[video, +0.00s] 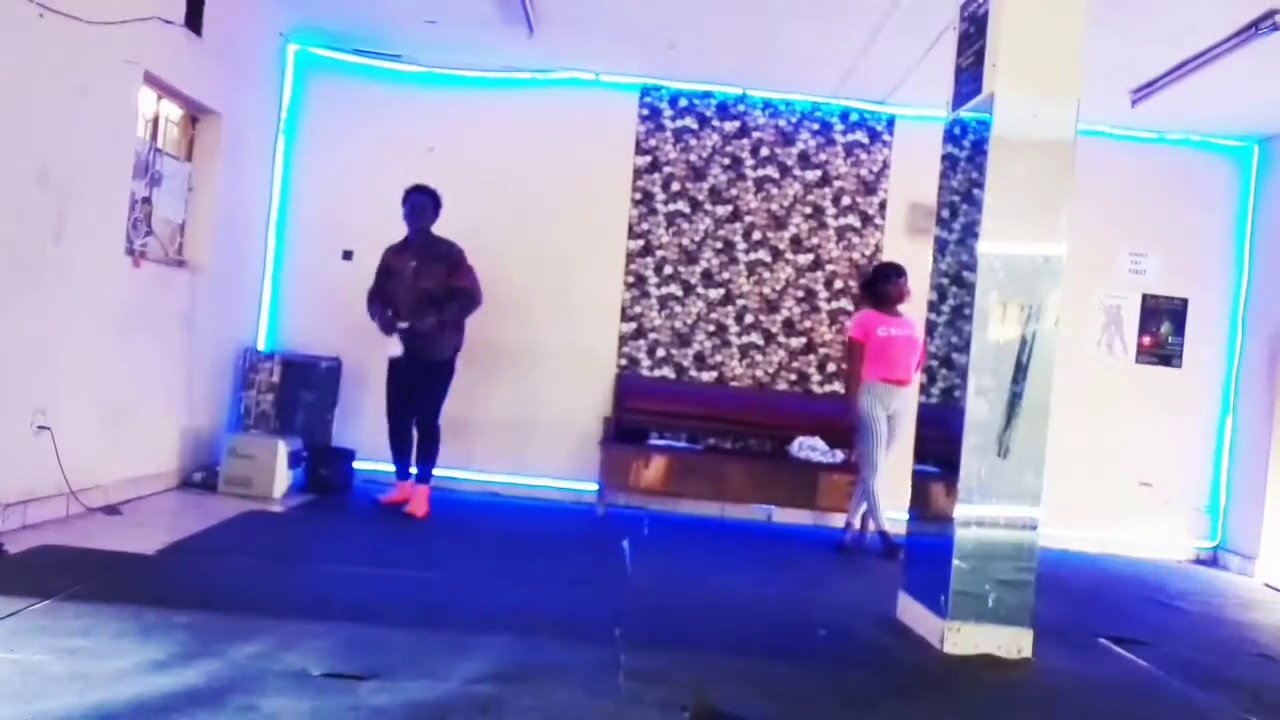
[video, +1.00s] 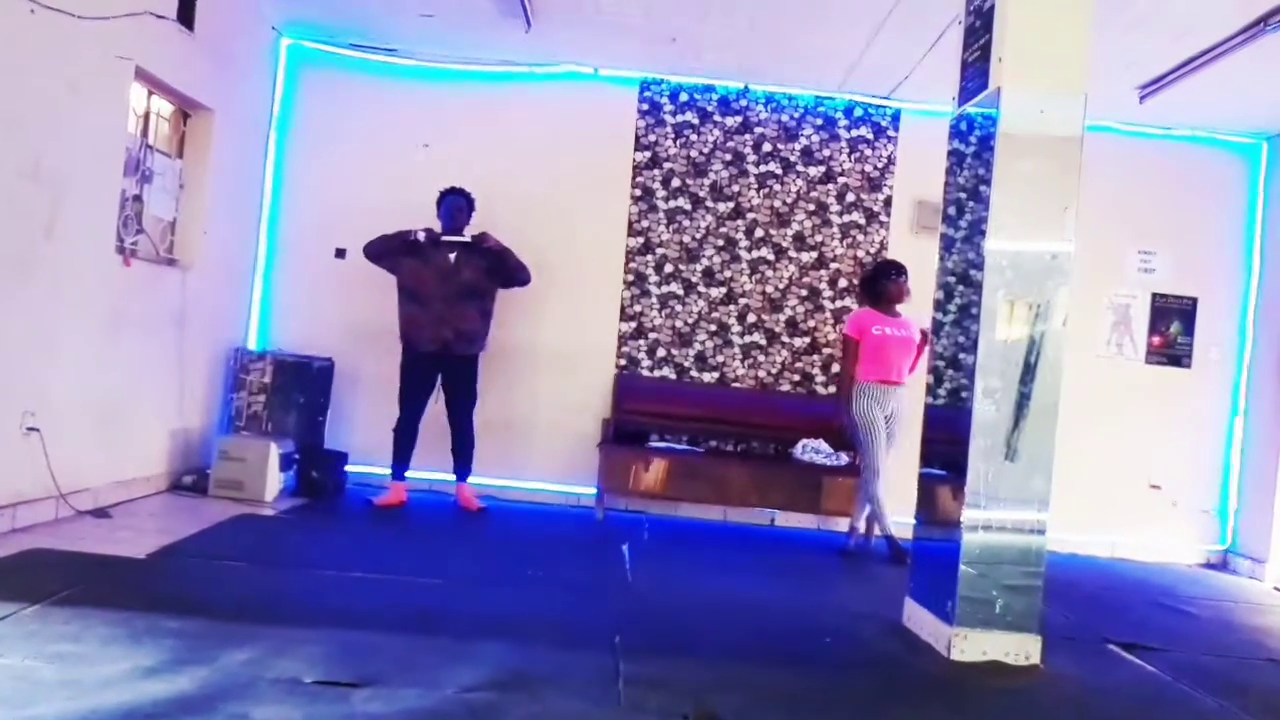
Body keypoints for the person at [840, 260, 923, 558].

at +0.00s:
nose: (905, 288)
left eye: (905, 282)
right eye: (899, 282)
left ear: (903, 288)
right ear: (882, 287)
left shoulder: (909, 324)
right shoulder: (865, 320)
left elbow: (917, 365)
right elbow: (854, 364)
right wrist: (852, 399)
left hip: (901, 391)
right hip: (873, 387)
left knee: (877, 461)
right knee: (872, 460)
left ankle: (852, 525)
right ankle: (881, 530)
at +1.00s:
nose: (906, 287)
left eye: (906, 281)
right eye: (899, 281)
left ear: (903, 286)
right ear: (881, 285)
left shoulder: (907, 326)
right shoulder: (861, 318)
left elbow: (908, 371)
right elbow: (847, 368)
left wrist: (923, 346)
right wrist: (844, 410)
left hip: (894, 395)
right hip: (866, 393)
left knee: (876, 467)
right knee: (873, 466)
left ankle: (856, 533)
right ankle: (890, 537)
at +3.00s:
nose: (895, 287)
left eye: (894, 281)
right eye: (889, 282)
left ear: (884, 287)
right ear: (871, 286)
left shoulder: (892, 326)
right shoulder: (850, 316)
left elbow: (892, 369)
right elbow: (837, 364)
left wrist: (909, 346)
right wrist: (834, 405)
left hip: (886, 398)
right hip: (856, 394)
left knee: (869, 464)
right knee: (869, 462)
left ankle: (853, 533)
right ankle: (888, 535)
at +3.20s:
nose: (893, 285)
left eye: (893, 279)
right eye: (886, 280)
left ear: (890, 286)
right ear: (870, 285)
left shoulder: (893, 326)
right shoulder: (850, 316)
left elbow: (893, 370)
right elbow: (836, 362)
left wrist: (908, 350)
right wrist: (832, 403)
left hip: (884, 396)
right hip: (856, 392)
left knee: (872, 458)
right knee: (869, 456)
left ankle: (857, 527)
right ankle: (858, 527)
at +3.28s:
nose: (893, 287)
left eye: (893, 281)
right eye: (887, 281)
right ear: (871, 286)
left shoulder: (892, 324)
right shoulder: (849, 316)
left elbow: (894, 363)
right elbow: (836, 363)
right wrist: (830, 405)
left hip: (884, 394)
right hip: (855, 392)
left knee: (885, 449)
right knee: (862, 451)